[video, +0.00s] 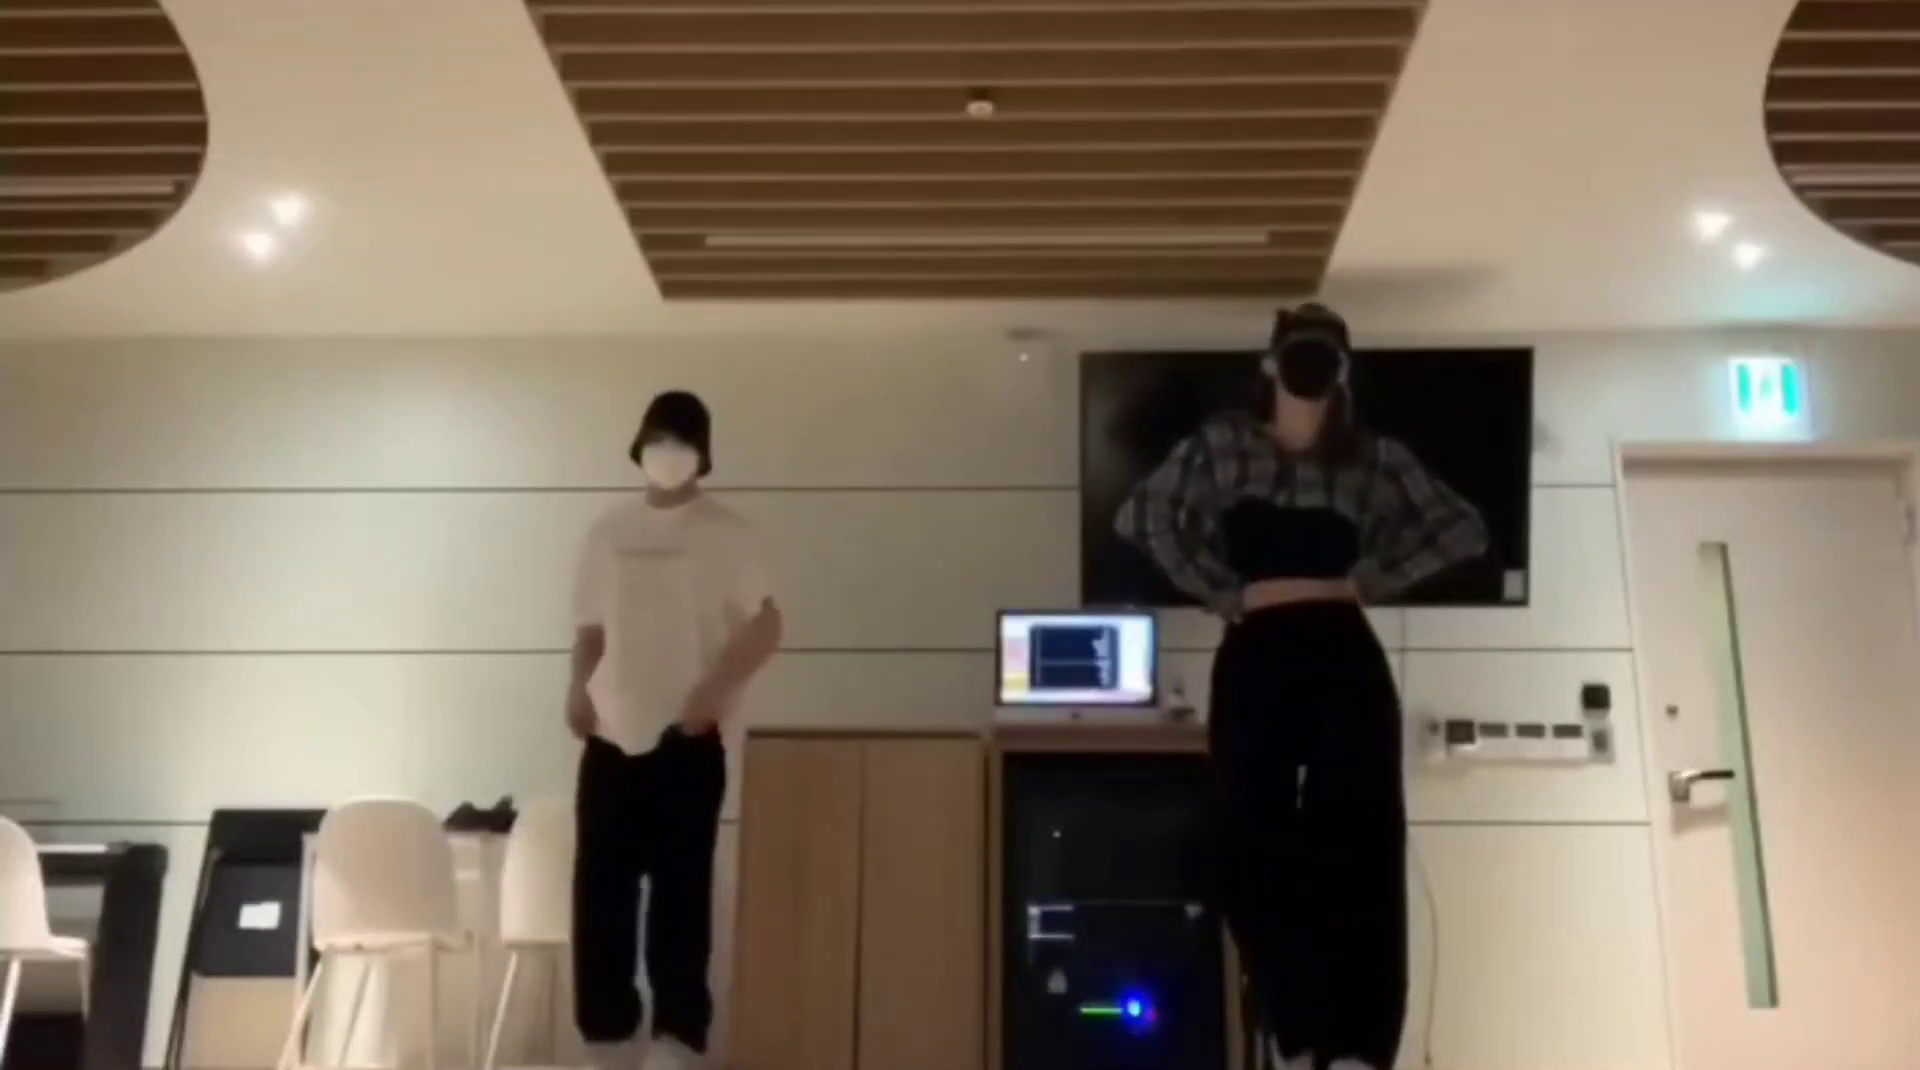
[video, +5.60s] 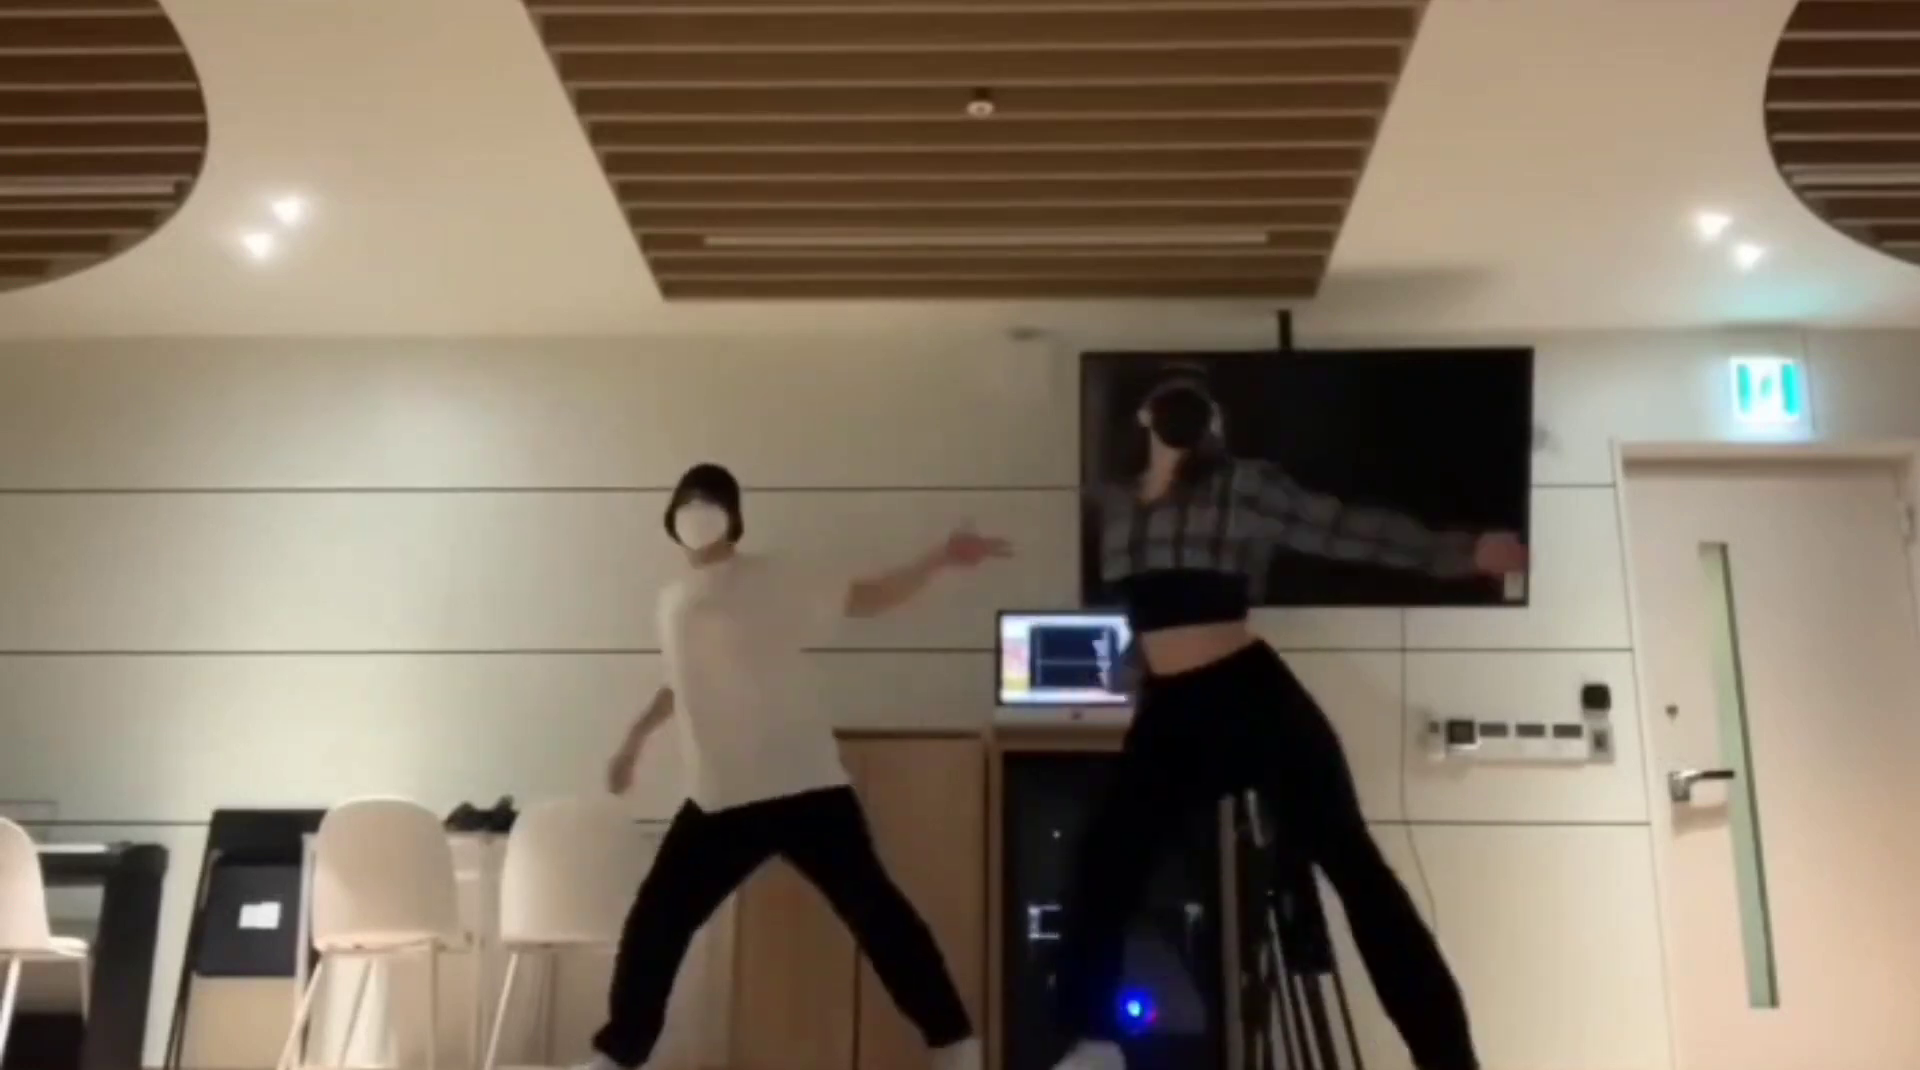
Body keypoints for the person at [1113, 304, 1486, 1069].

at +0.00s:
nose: (1310, 362)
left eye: (1323, 351)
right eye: (1299, 349)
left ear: (1342, 366)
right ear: (1272, 362)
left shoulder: (1373, 455)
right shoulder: (1224, 444)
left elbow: (1464, 530)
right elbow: (1144, 517)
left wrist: (1376, 578)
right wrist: (1218, 591)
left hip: (1345, 657)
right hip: (1257, 659)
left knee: (1359, 840)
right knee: (1257, 843)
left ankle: (1358, 1041)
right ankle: (1293, 1040)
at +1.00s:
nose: (1189, 368)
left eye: (1199, 356)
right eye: (1174, 358)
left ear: (1221, 376)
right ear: (1150, 379)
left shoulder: (1264, 464)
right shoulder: (1116, 465)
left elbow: (1352, 530)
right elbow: (1049, 538)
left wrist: (1277, 586)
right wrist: (1126, 595)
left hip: (1248, 670)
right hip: (1162, 674)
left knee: (1283, 854)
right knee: (1168, 860)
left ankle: (1321, 1047)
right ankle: (1184, 1046)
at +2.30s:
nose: (1235, 418)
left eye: (1245, 407)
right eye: (1222, 408)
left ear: (1266, 424)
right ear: (1195, 423)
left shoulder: (1300, 504)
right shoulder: (1158, 495)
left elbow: (1379, 569)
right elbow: (1092, 569)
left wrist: (1358, 639)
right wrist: (1147, 632)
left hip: (1279, 691)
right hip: (1195, 691)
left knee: (1278, 869)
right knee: (1186, 866)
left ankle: (1267, 1040)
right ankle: (1190, 1039)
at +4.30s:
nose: (1203, 429)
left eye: (1215, 418)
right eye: (1189, 419)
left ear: (1235, 437)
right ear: (1165, 437)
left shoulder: (1269, 524)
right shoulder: (1130, 528)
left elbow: (1295, 623)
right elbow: (1109, 629)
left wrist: (1314, 715)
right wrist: (1129, 713)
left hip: (1255, 708)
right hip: (1179, 710)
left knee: (1256, 871)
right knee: (1190, 873)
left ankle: (1254, 1040)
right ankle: (1199, 1041)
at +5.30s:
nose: (1169, 410)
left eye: (1181, 397)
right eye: (1153, 399)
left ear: (1201, 413)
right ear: (1129, 417)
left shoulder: (1228, 494)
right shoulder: (1096, 493)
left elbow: (1244, 586)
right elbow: (1056, 585)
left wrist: (1237, 634)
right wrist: (1085, 678)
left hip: (1202, 689)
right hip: (1123, 688)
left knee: (1194, 829)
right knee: (1108, 839)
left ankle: (1186, 971)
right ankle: (1100, 993)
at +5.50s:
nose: (1177, 418)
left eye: (1188, 407)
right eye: (1163, 407)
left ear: (1207, 423)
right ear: (1137, 424)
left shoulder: (1229, 497)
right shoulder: (1100, 506)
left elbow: (1260, 561)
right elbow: (1068, 596)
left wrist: (1309, 573)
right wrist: (1092, 652)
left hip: (1222, 698)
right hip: (1134, 700)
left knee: (1291, 852)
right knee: (1083, 858)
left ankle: (1405, 1032)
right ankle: (1090, 1035)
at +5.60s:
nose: (1175, 423)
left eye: (1188, 411)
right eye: (1162, 412)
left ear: (1210, 429)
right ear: (1140, 428)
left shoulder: (1244, 489)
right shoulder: (1121, 507)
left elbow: (1346, 527)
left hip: (1253, 695)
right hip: (1167, 712)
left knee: (1348, 861)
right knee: (1105, 864)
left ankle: (1446, 1056)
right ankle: (1086, 1041)